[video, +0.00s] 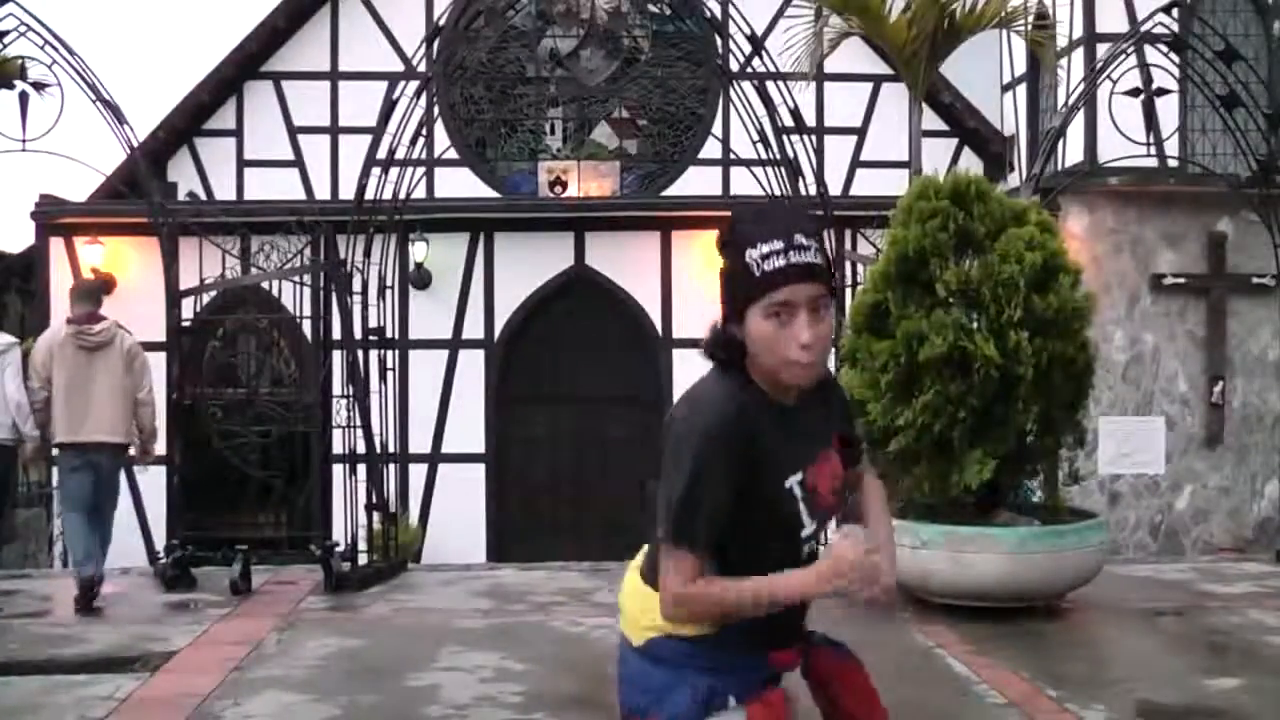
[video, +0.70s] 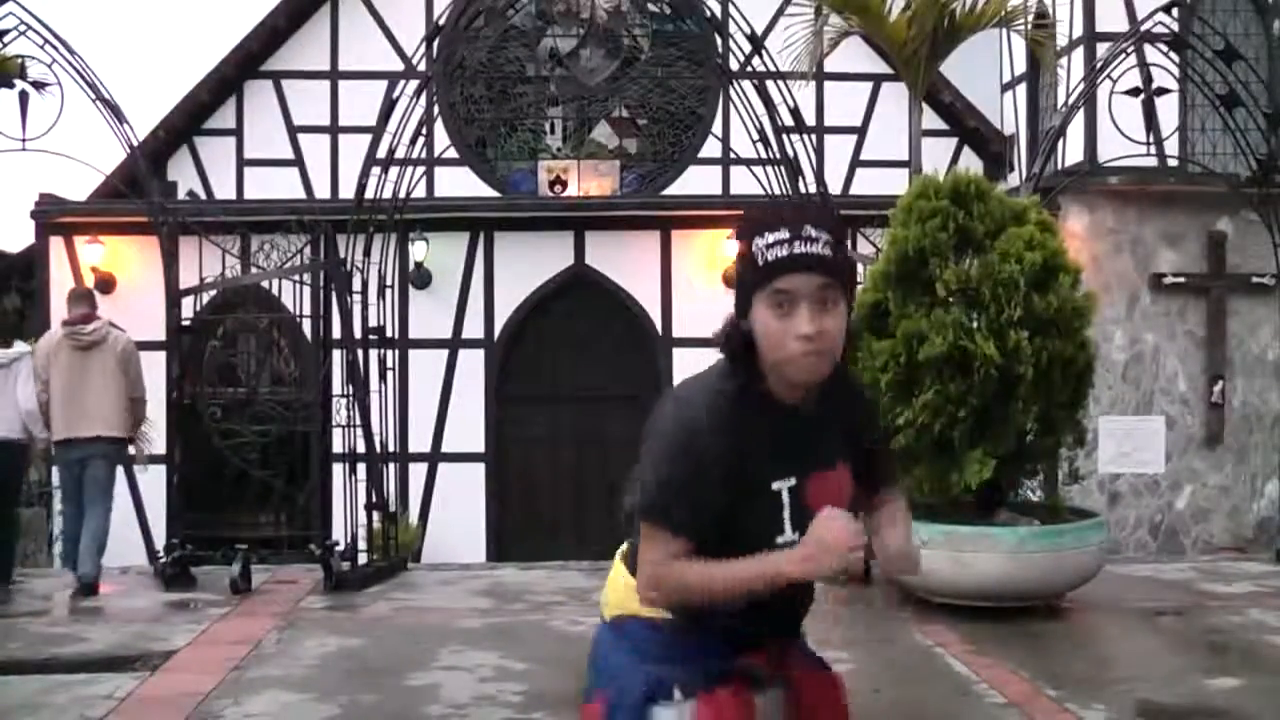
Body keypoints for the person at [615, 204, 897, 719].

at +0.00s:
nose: (806, 333)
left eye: (818, 310)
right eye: (780, 315)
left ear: (834, 315)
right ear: (738, 326)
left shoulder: (825, 396)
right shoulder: (710, 420)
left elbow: (863, 481)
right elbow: (678, 596)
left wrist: (880, 556)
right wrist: (817, 578)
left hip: (770, 638)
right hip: (684, 651)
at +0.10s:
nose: (811, 380)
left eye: (824, 352)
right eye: (782, 357)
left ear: (841, 351)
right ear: (741, 361)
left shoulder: (820, 417)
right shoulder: (703, 459)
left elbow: (855, 482)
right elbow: (671, 636)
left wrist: (881, 534)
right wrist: (805, 616)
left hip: (751, 645)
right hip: (660, 668)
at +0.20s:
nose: (811, 395)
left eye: (824, 367)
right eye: (782, 372)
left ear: (841, 363)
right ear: (739, 372)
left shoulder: (817, 419)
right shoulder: (703, 468)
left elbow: (849, 477)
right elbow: (654, 652)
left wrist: (866, 505)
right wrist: (794, 667)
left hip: (757, 648)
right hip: (662, 679)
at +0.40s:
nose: (801, 398)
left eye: (817, 367)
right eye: (771, 373)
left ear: (838, 364)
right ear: (730, 374)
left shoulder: (824, 423)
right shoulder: (695, 474)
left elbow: (858, 491)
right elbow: (646, 655)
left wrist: (862, 552)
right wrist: (766, 715)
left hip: (758, 653)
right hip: (666, 672)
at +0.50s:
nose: (800, 379)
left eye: (816, 352)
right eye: (773, 356)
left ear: (836, 349)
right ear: (733, 360)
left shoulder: (830, 414)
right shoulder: (694, 459)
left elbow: (862, 507)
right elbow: (651, 640)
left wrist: (864, 615)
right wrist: (790, 679)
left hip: (759, 646)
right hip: (655, 662)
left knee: (829, 704)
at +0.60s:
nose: (806, 354)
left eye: (823, 326)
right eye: (778, 329)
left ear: (844, 329)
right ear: (740, 337)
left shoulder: (840, 412)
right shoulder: (690, 439)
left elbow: (873, 504)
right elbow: (660, 613)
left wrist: (883, 589)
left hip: (758, 641)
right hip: (653, 650)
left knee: (829, 699)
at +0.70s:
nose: (808, 327)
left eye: (825, 304)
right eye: (783, 306)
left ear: (848, 314)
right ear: (746, 316)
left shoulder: (845, 404)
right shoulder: (694, 415)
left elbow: (880, 491)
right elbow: (656, 579)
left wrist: (892, 542)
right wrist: (798, 561)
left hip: (767, 634)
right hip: (660, 637)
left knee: (825, 704)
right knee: (657, 707)